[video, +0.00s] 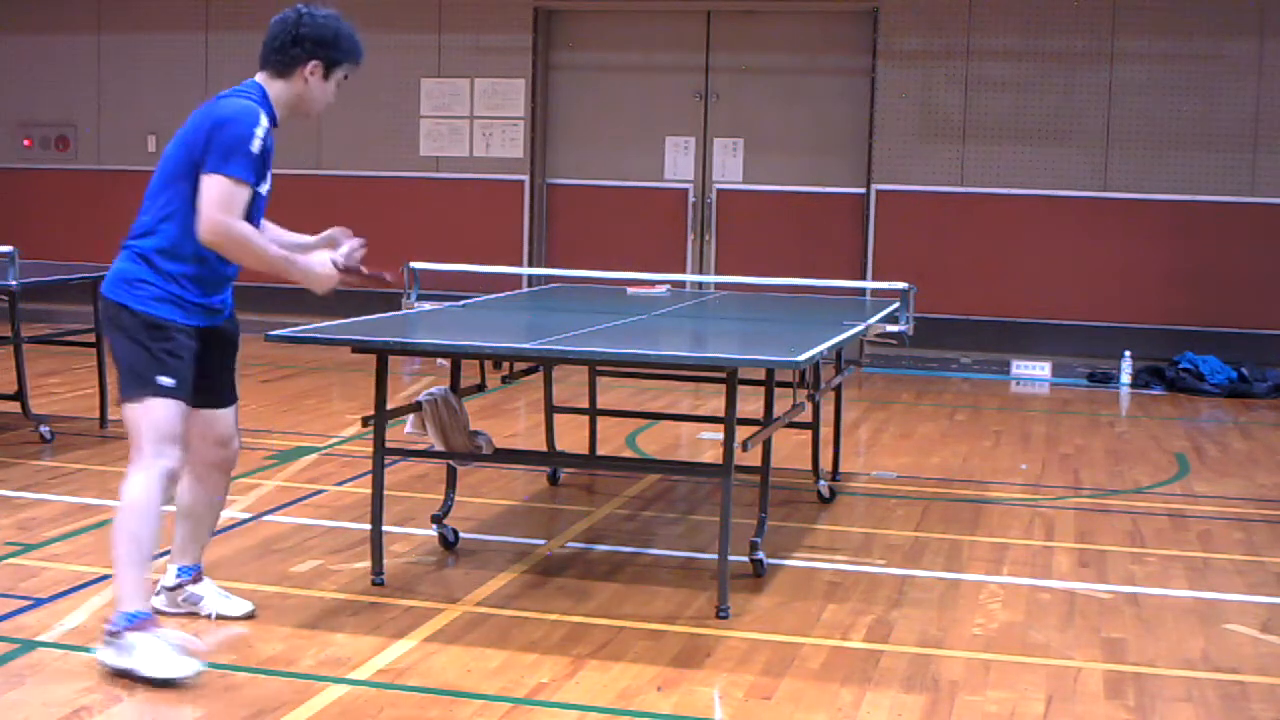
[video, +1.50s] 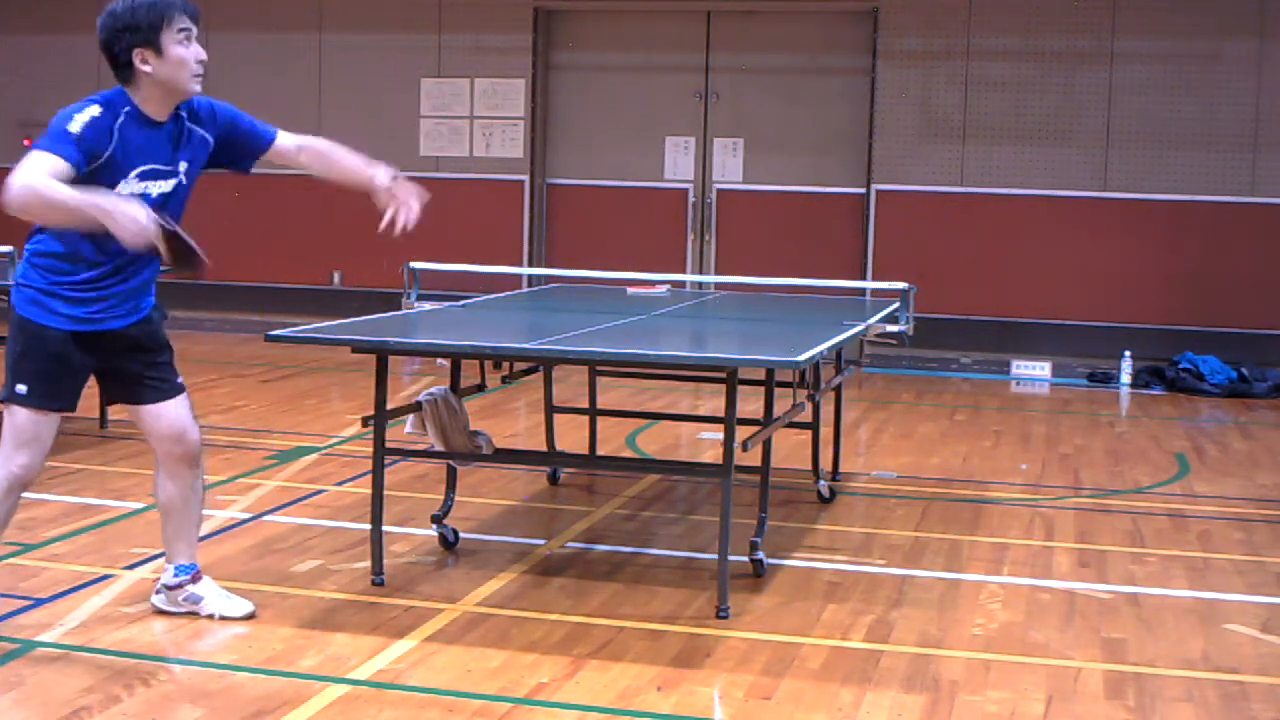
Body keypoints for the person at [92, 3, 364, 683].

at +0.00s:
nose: (336, 98)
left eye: (340, 84)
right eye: (338, 82)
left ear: (300, 69)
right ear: (310, 71)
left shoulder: (260, 123)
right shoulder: (242, 117)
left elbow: (244, 225)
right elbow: (213, 225)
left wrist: (314, 245)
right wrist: (299, 269)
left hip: (205, 308)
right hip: (153, 302)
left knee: (214, 451)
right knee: (157, 455)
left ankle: (181, 581)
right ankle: (127, 626)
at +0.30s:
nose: (323, 89)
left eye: (328, 76)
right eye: (317, 72)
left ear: (292, 70)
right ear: (275, 61)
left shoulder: (276, 143)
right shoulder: (210, 109)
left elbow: (286, 235)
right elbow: (193, 215)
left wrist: (363, 225)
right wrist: (286, 238)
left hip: (191, 299)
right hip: (124, 288)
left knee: (207, 444)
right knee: (95, 436)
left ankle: (181, 581)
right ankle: (10, 571)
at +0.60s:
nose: (314, 95)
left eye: (317, 82)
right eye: (305, 79)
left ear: (278, 78)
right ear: (261, 72)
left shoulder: (279, 148)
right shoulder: (193, 120)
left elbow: (296, 241)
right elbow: (194, 230)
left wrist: (364, 237)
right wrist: (289, 242)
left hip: (180, 296)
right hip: (107, 285)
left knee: (195, 436)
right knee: (63, 432)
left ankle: (182, 580)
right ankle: (1, 574)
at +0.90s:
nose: (295, 91)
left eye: (298, 76)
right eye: (284, 74)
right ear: (241, 75)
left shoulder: (269, 145)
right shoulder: (177, 123)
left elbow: (313, 233)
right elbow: (197, 230)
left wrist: (390, 256)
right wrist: (298, 227)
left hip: (168, 299)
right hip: (96, 289)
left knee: (192, 434)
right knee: (40, 435)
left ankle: (180, 578)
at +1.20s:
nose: (245, 68)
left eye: (243, 54)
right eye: (231, 54)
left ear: (206, 67)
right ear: (186, 65)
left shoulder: (225, 123)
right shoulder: (133, 125)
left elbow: (312, 147)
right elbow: (156, 232)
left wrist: (401, 150)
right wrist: (252, 208)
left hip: (144, 304)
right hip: (69, 302)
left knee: (187, 435)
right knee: (30, 455)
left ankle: (180, 579)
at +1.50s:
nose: (202, 52)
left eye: (198, 39)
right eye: (185, 40)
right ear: (142, 59)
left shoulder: (206, 122)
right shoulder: (92, 121)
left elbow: (302, 150)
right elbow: (21, 190)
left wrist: (381, 177)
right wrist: (107, 208)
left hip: (131, 310)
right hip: (51, 310)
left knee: (180, 440)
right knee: (17, 467)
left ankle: (180, 578)